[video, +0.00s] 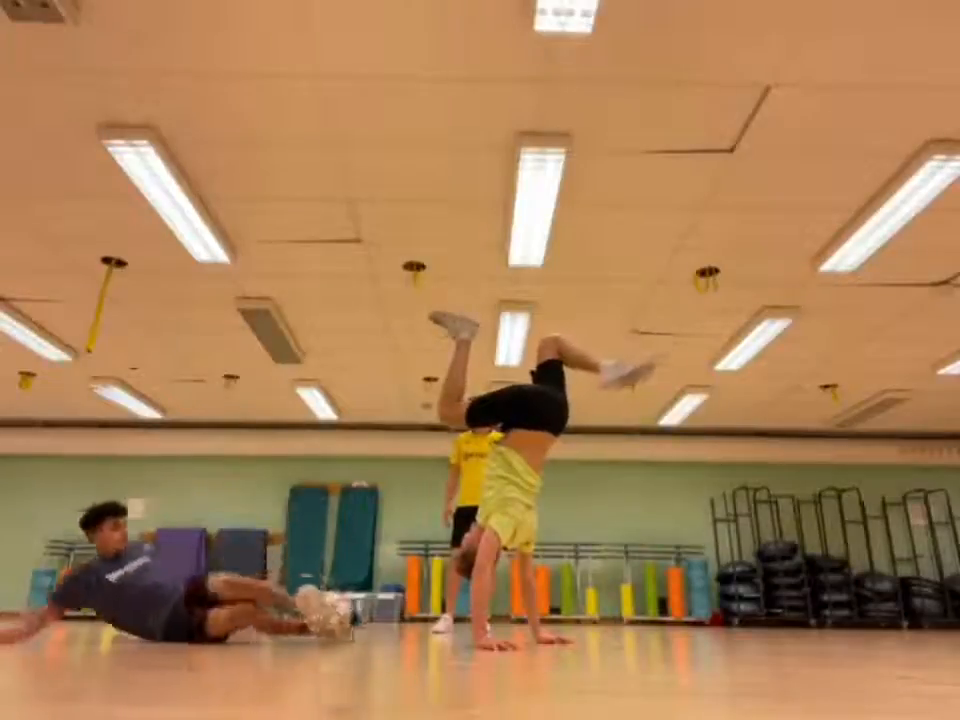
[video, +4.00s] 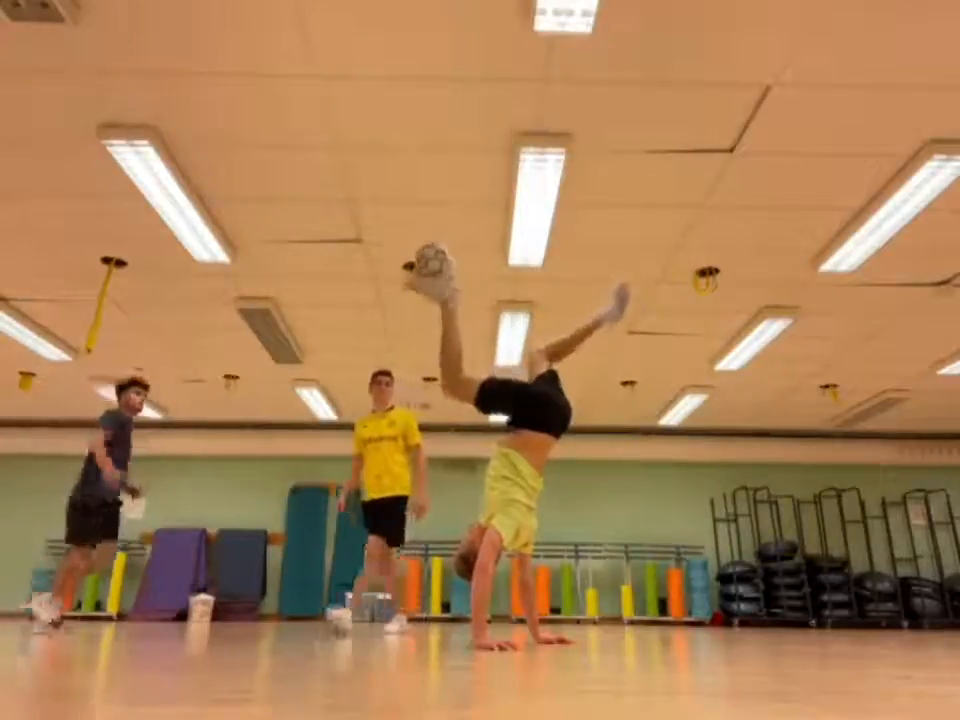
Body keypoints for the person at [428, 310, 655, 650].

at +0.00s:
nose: (469, 534)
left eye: (465, 540)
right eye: (470, 541)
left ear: (469, 542)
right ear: (472, 542)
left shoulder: (523, 535)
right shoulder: (494, 526)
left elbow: (527, 584)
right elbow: (481, 574)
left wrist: (537, 631)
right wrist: (481, 635)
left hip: (552, 413)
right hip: (530, 410)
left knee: (550, 345)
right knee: (451, 413)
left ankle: (607, 370)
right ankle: (464, 339)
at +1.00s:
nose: (480, 558)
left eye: (466, 554)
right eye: (473, 557)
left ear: (467, 545)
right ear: (472, 543)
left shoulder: (523, 536)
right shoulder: (493, 527)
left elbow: (528, 583)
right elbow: (481, 575)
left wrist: (537, 631)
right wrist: (481, 635)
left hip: (552, 413)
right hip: (530, 410)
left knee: (552, 345)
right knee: (449, 414)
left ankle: (607, 370)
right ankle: (458, 341)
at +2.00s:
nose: (483, 572)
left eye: (485, 574)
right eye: (481, 573)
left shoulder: (524, 536)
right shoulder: (493, 528)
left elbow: (526, 584)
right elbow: (481, 577)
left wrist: (537, 631)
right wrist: (481, 636)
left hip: (553, 414)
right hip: (529, 408)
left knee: (559, 344)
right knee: (450, 417)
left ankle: (613, 378)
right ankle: (461, 340)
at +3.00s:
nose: (481, 557)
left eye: (473, 556)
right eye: (477, 556)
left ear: (472, 549)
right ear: (473, 543)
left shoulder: (526, 538)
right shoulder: (497, 528)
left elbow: (528, 585)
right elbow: (483, 577)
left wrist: (537, 632)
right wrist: (482, 636)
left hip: (557, 412)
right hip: (536, 412)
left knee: (549, 345)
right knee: (457, 407)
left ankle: (620, 317)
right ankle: (450, 334)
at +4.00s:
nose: (472, 533)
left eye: (465, 537)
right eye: (473, 539)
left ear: (475, 550)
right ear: (480, 548)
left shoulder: (522, 538)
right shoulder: (497, 529)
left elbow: (527, 585)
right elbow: (482, 574)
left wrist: (536, 633)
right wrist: (480, 634)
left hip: (555, 417)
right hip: (534, 410)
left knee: (538, 356)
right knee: (453, 385)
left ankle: (604, 318)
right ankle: (449, 302)